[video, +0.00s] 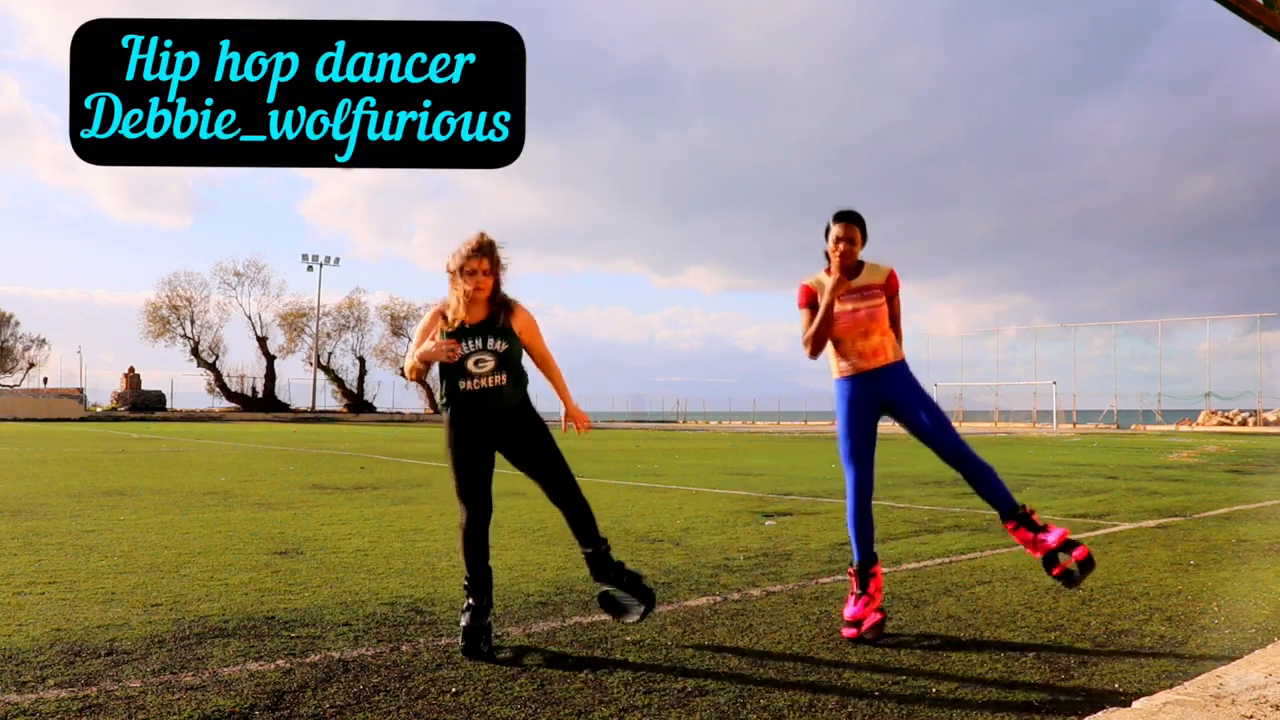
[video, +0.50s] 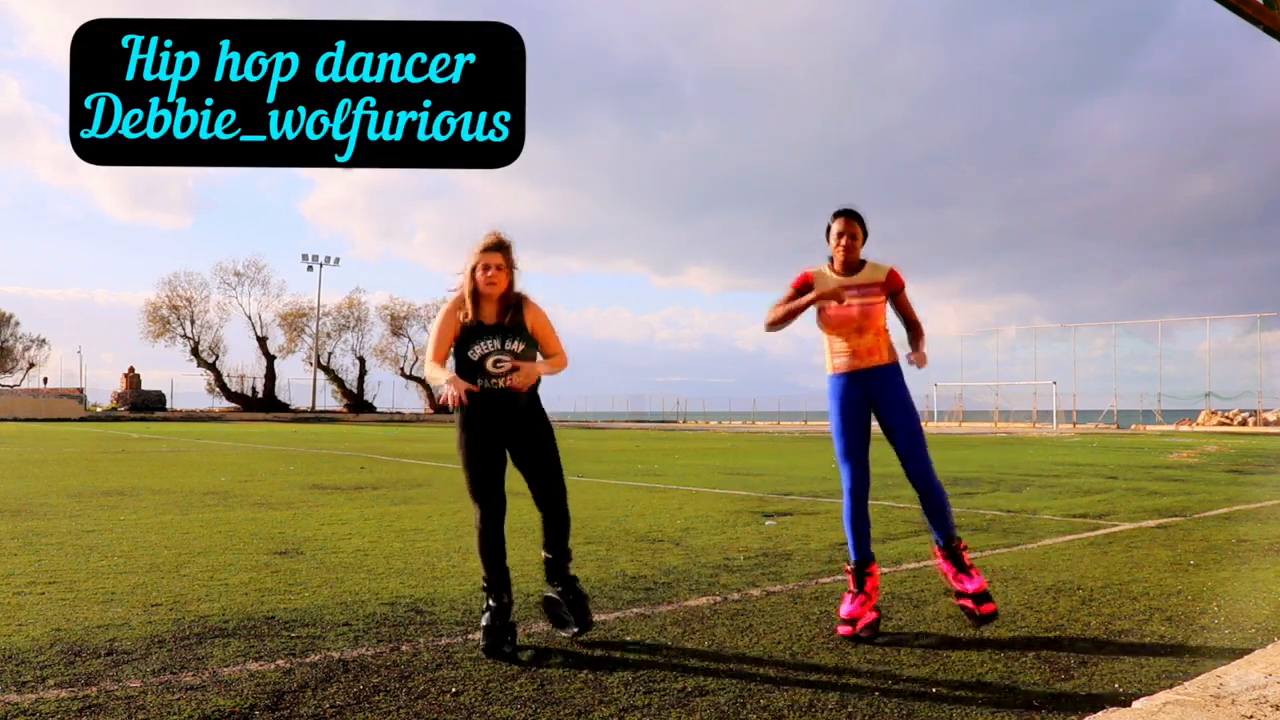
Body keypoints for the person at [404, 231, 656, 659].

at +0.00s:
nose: (479, 281)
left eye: (486, 273)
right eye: (470, 273)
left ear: (496, 276)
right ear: (455, 275)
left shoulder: (514, 315)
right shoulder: (438, 319)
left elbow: (544, 360)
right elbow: (411, 371)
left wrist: (568, 402)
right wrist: (425, 354)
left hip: (515, 418)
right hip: (466, 425)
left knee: (564, 488)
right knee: (475, 513)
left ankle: (604, 567)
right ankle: (477, 606)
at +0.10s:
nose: (478, 268)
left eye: (484, 261)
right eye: (469, 260)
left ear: (493, 262)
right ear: (453, 262)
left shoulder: (510, 298)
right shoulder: (436, 305)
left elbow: (540, 342)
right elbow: (410, 354)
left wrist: (562, 384)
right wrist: (427, 342)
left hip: (521, 402)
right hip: (472, 411)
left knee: (568, 477)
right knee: (479, 501)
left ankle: (602, 558)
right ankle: (477, 597)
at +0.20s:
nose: (478, 259)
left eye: (485, 252)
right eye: (470, 252)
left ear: (495, 254)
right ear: (454, 257)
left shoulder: (514, 288)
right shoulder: (438, 299)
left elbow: (545, 329)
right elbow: (411, 353)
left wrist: (572, 368)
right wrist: (426, 334)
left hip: (524, 388)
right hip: (476, 398)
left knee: (564, 470)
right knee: (483, 492)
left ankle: (599, 551)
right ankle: (487, 585)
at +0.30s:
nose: (478, 267)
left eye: (485, 260)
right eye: (470, 261)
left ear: (497, 264)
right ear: (457, 267)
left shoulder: (519, 302)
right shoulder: (440, 312)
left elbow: (553, 348)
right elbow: (420, 370)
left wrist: (581, 386)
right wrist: (434, 350)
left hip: (526, 406)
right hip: (477, 416)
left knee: (564, 484)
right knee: (489, 505)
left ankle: (596, 566)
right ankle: (498, 600)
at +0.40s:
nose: (483, 280)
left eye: (490, 274)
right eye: (475, 274)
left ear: (501, 280)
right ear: (463, 280)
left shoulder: (520, 319)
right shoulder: (448, 325)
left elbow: (549, 372)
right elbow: (433, 385)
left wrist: (558, 413)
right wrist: (447, 381)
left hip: (526, 425)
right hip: (478, 431)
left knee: (563, 506)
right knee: (490, 518)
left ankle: (579, 586)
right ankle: (500, 609)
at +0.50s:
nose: (491, 274)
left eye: (499, 267)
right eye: (484, 267)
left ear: (510, 273)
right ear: (471, 271)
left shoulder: (526, 310)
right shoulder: (455, 311)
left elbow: (560, 359)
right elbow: (431, 365)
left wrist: (538, 368)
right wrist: (447, 378)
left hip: (524, 414)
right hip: (477, 418)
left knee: (554, 499)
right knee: (490, 511)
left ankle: (560, 585)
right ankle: (497, 606)